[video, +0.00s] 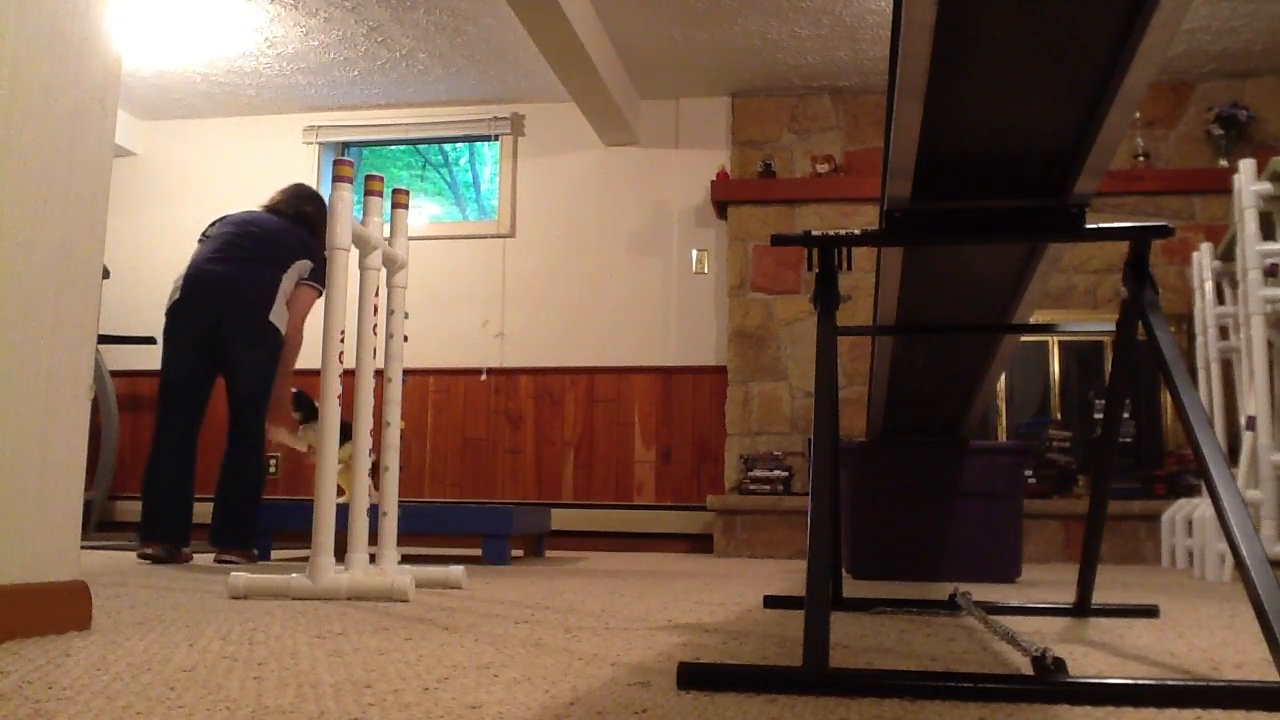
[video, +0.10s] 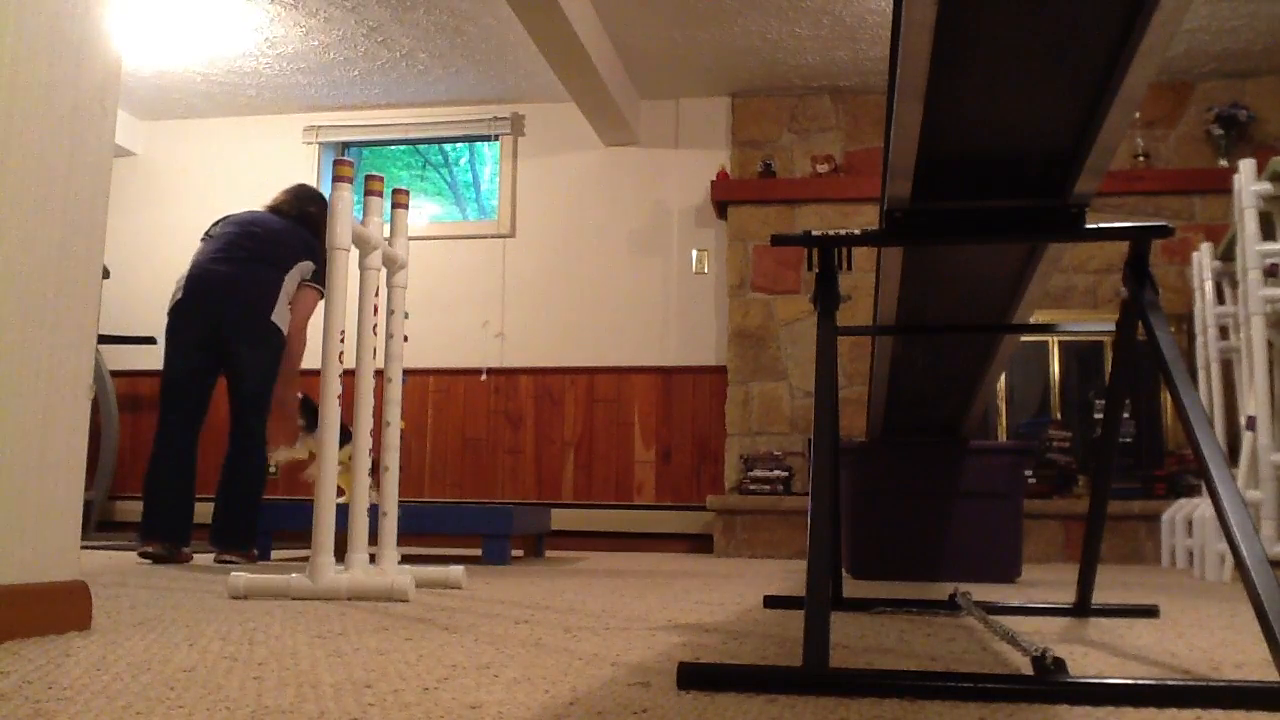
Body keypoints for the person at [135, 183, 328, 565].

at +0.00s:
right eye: (321, 227)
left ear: (273, 204)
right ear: (317, 222)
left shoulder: (229, 221)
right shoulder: (313, 249)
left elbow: (189, 288)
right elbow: (293, 323)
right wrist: (280, 401)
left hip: (189, 319)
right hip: (252, 328)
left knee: (176, 425)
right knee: (247, 434)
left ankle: (162, 538)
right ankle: (233, 543)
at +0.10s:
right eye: (323, 227)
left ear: (276, 205)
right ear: (318, 222)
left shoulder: (232, 221)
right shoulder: (315, 249)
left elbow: (192, 286)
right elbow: (297, 323)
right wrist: (287, 395)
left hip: (192, 318)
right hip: (255, 328)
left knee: (177, 425)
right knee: (248, 434)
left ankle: (164, 537)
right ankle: (233, 543)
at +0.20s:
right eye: (326, 229)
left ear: (280, 206)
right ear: (321, 223)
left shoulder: (235, 221)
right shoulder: (318, 250)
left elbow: (196, 275)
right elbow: (299, 326)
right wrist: (289, 399)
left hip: (194, 317)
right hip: (255, 327)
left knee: (179, 423)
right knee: (249, 435)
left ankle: (165, 536)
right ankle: (233, 543)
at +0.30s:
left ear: (285, 206)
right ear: (324, 225)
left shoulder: (239, 220)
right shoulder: (318, 252)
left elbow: (196, 273)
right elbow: (300, 331)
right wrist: (295, 402)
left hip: (195, 314)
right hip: (256, 327)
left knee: (179, 423)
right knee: (248, 434)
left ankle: (164, 535)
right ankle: (233, 543)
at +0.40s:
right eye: (333, 235)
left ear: (289, 206)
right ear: (327, 225)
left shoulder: (241, 221)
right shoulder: (320, 252)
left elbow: (199, 273)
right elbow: (302, 333)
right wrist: (300, 402)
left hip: (194, 314)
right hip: (256, 326)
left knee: (179, 424)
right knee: (248, 435)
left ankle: (164, 535)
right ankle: (233, 542)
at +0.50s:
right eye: (337, 235)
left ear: (293, 206)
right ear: (330, 225)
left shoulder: (243, 222)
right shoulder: (322, 252)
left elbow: (199, 281)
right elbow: (306, 335)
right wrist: (304, 409)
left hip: (194, 313)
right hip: (257, 327)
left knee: (180, 423)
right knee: (249, 434)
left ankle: (164, 533)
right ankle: (233, 543)